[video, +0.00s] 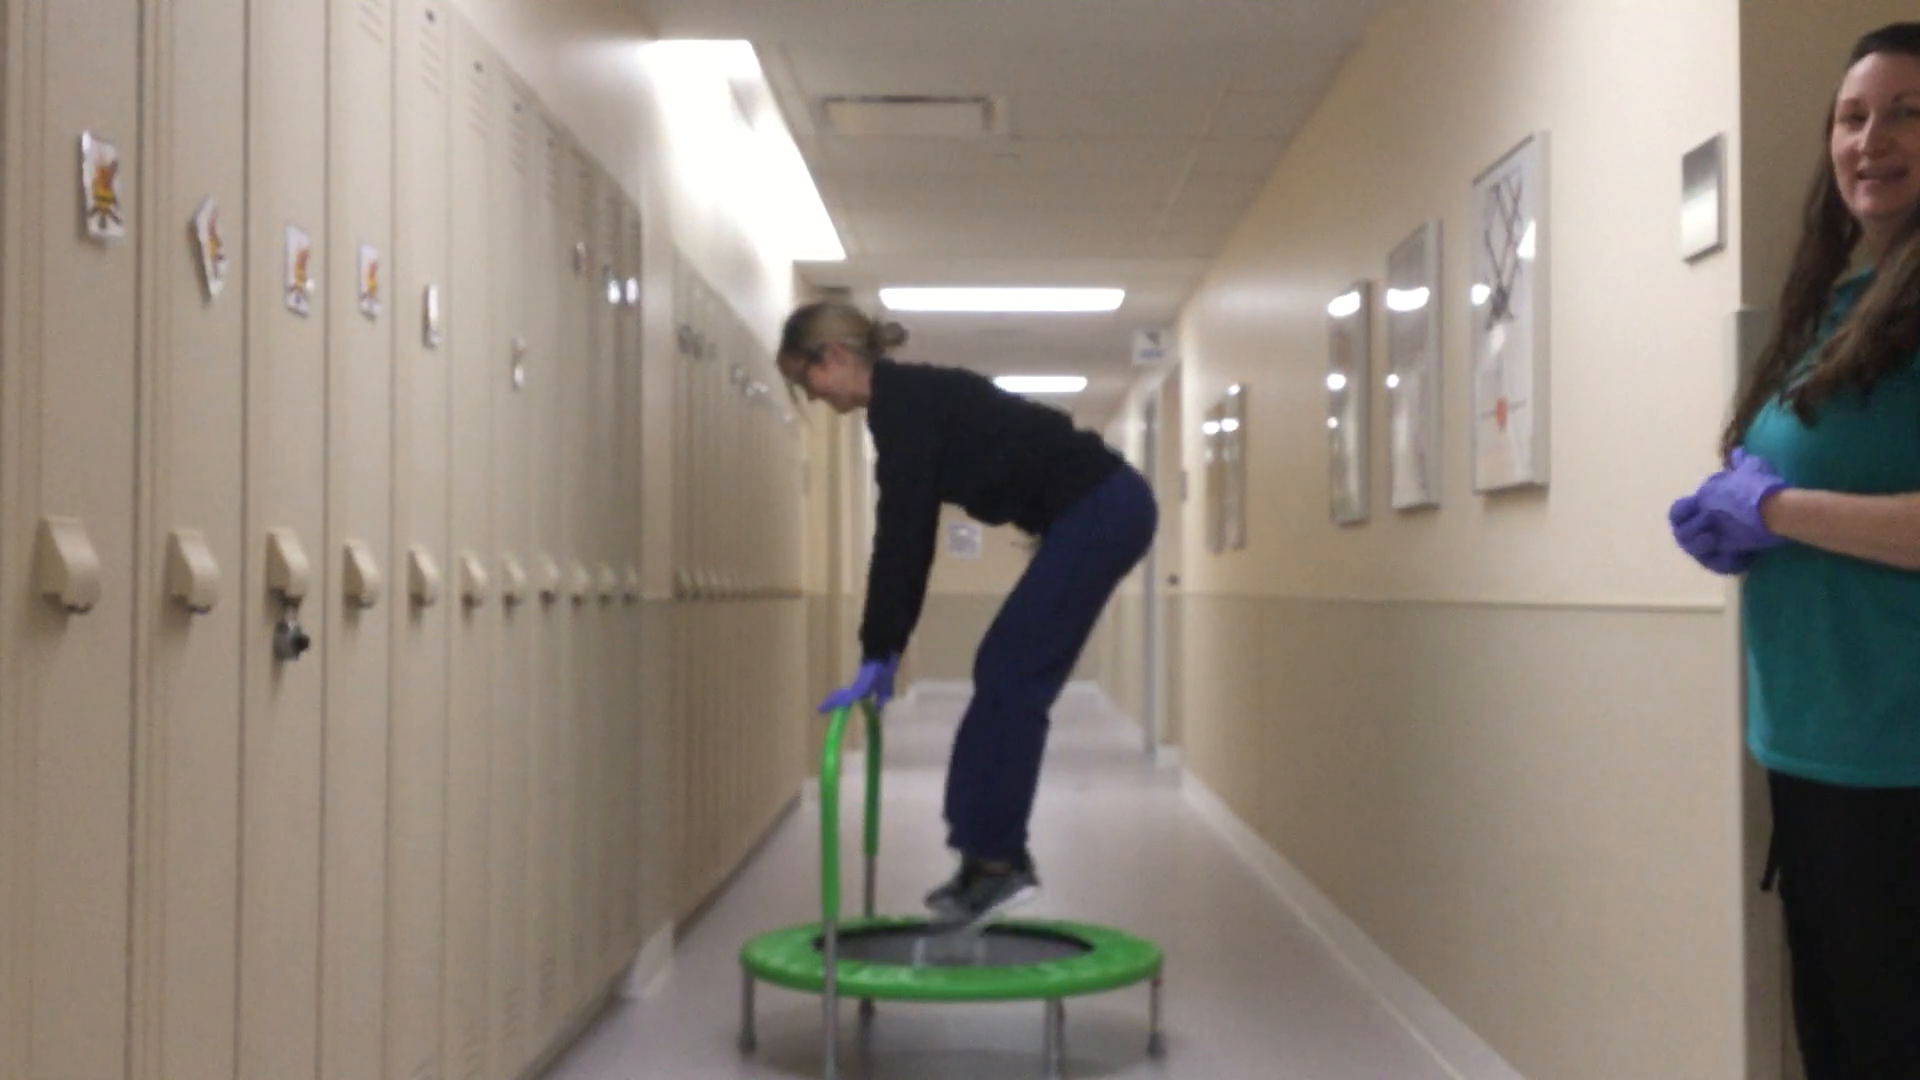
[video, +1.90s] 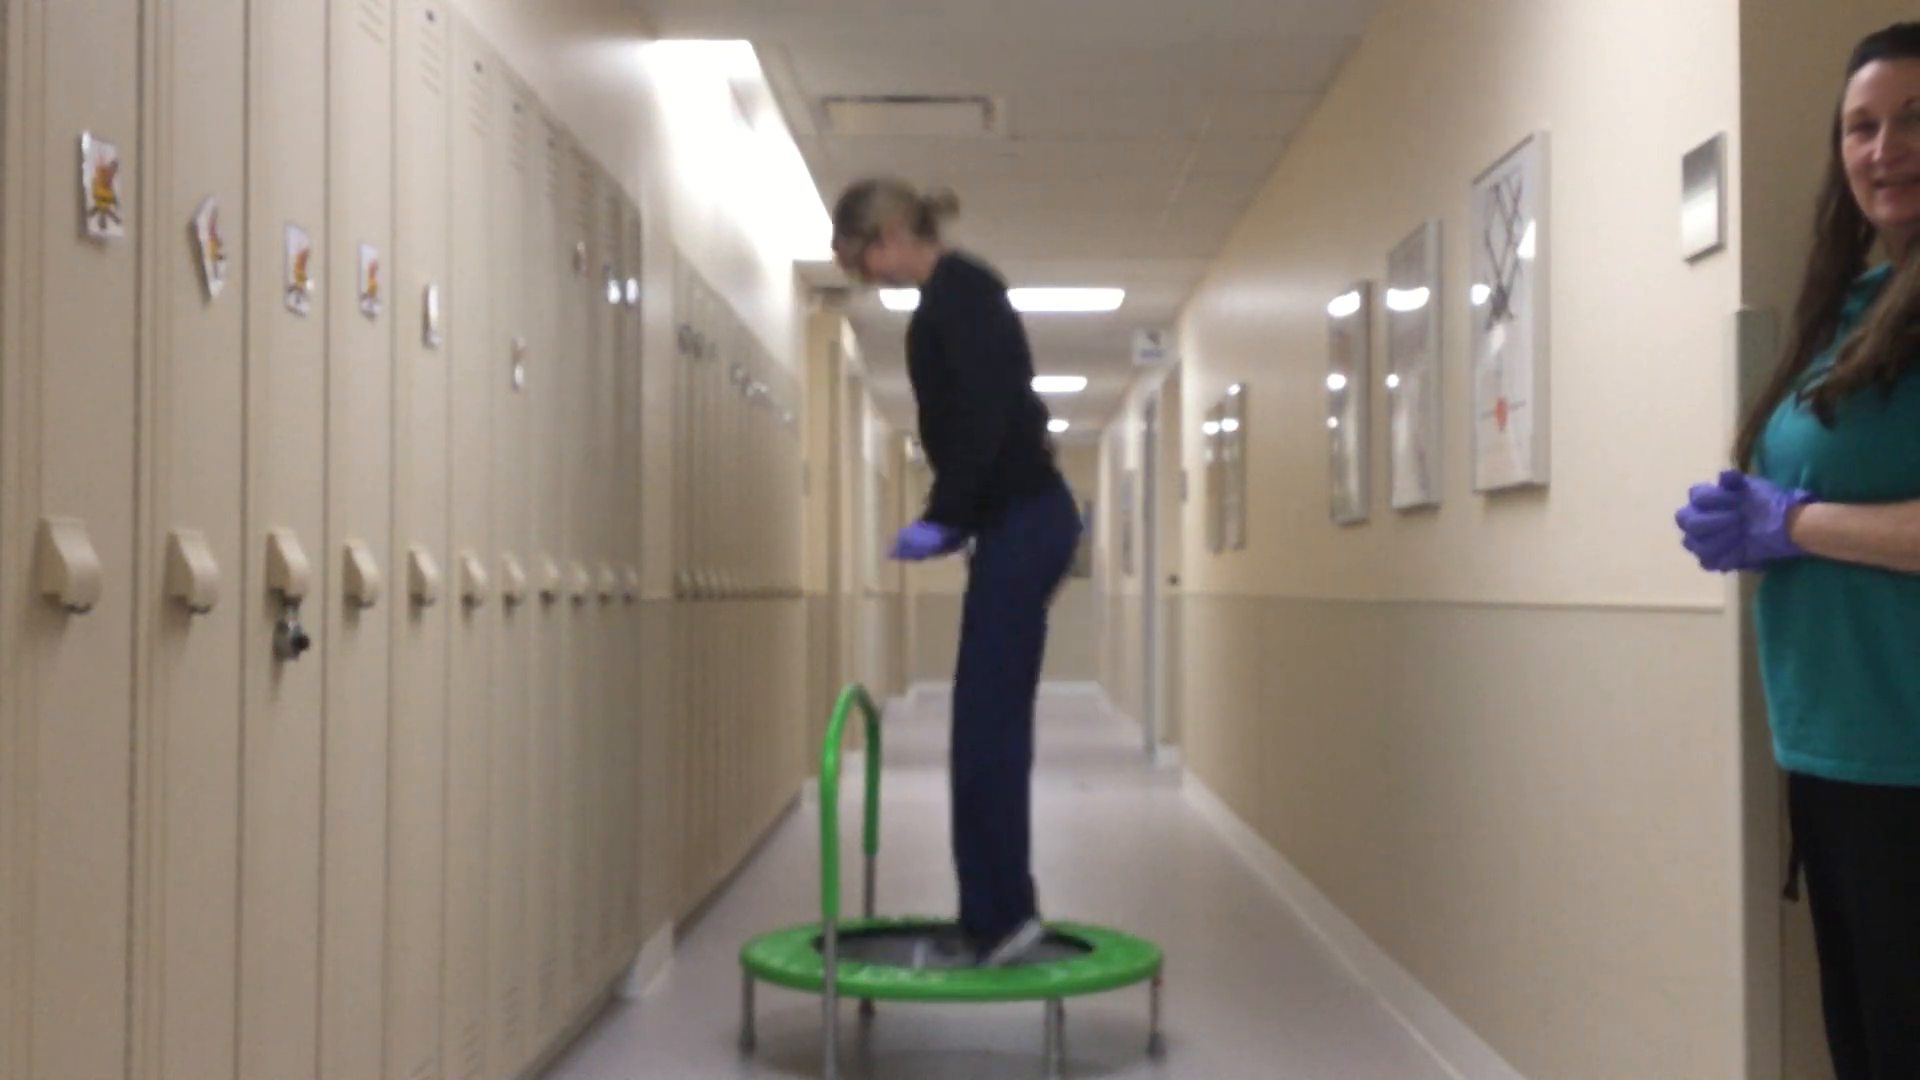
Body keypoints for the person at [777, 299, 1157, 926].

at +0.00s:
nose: (816, 394)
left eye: (812, 377)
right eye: (806, 385)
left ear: (840, 353)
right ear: (843, 356)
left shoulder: (905, 403)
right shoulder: (901, 404)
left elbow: (905, 535)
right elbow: (905, 536)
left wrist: (880, 653)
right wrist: (884, 652)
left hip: (1102, 510)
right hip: (1093, 511)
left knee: (1011, 670)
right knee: (1007, 669)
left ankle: (995, 859)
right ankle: (990, 856)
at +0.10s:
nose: (824, 422)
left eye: (819, 406)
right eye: (815, 412)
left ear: (847, 381)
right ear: (850, 382)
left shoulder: (912, 432)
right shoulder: (911, 430)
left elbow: (928, 565)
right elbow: (925, 565)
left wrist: (884, 669)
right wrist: (884, 668)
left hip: (1093, 570)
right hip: (1086, 568)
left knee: (998, 722)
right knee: (996, 721)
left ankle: (1007, 921)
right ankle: (1005, 916)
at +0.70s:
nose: (883, 380)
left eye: (879, 363)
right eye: (874, 370)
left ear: (904, 335)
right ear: (907, 337)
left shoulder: (974, 389)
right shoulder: (968, 390)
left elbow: (999, 517)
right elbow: (997, 520)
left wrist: (984, 630)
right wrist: (984, 628)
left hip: (1087, 596)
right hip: (1080, 595)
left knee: (997, 754)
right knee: (996, 754)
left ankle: (1023, 942)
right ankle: (1023, 938)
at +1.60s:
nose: (862, 477)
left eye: (862, 460)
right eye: (854, 466)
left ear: (893, 442)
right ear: (897, 445)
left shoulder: (956, 498)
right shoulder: (945, 501)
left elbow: (965, 623)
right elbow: (960, 619)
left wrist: (863, 620)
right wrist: (868, 619)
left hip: (1089, 685)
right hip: (1075, 682)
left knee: (949, 788)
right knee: (944, 785)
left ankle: (1015, 951)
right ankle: (1000, 943)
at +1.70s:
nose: (864, 438)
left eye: (865, 421)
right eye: (856, 427)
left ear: (897, 403)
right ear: (899, 406)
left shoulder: (953, 469)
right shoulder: (947, 468)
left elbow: (962, 588)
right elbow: (955, 588)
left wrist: (861, 595)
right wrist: (863, 595)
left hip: (1073, 665)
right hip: (1062, 662)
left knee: (944, 789)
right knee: (941, 786)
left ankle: (1012, 947)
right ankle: (994, 939)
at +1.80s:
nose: (867, 357)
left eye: (865, 339)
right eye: (858, 346)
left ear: (896, 316)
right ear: (894, 321)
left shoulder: (955, 383)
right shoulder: (950, 383)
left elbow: (970, 512)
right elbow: (968, 518)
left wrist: (888, 558)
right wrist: (896, 561)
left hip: (1044, 602)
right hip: (1038, 600)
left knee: (957, 774)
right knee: (955, 772)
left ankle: (1003, 944)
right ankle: (999, 938)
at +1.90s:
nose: (865, 275)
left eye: (863, 258)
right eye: (857, 264)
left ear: (891, 233)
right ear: (892, 236)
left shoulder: (960, 290)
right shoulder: (952, 295)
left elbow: (986, 410)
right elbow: (976, 416)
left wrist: (946, 516)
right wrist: (942, 515)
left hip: (1025, 521)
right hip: (1014, 521)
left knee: (988, 715)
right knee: (985, 714)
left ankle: (997, 917)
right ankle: (992, 912)